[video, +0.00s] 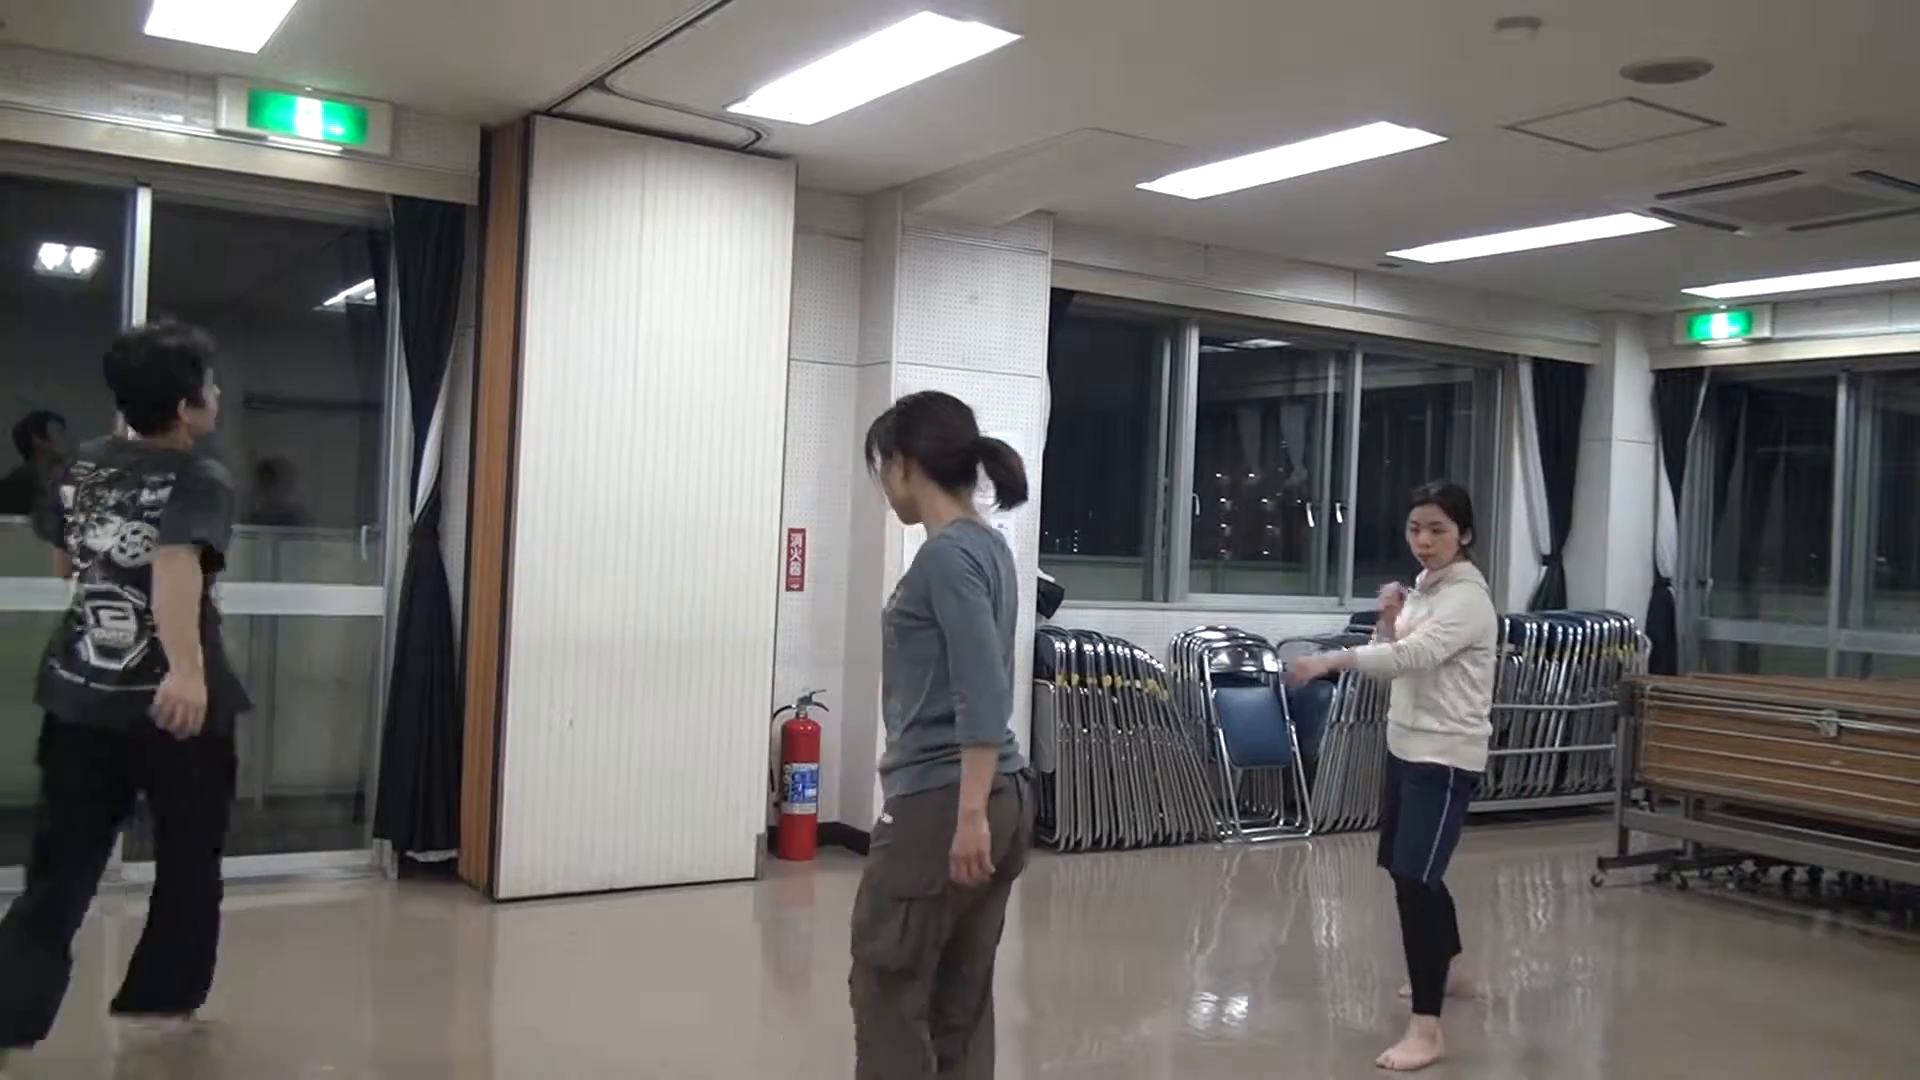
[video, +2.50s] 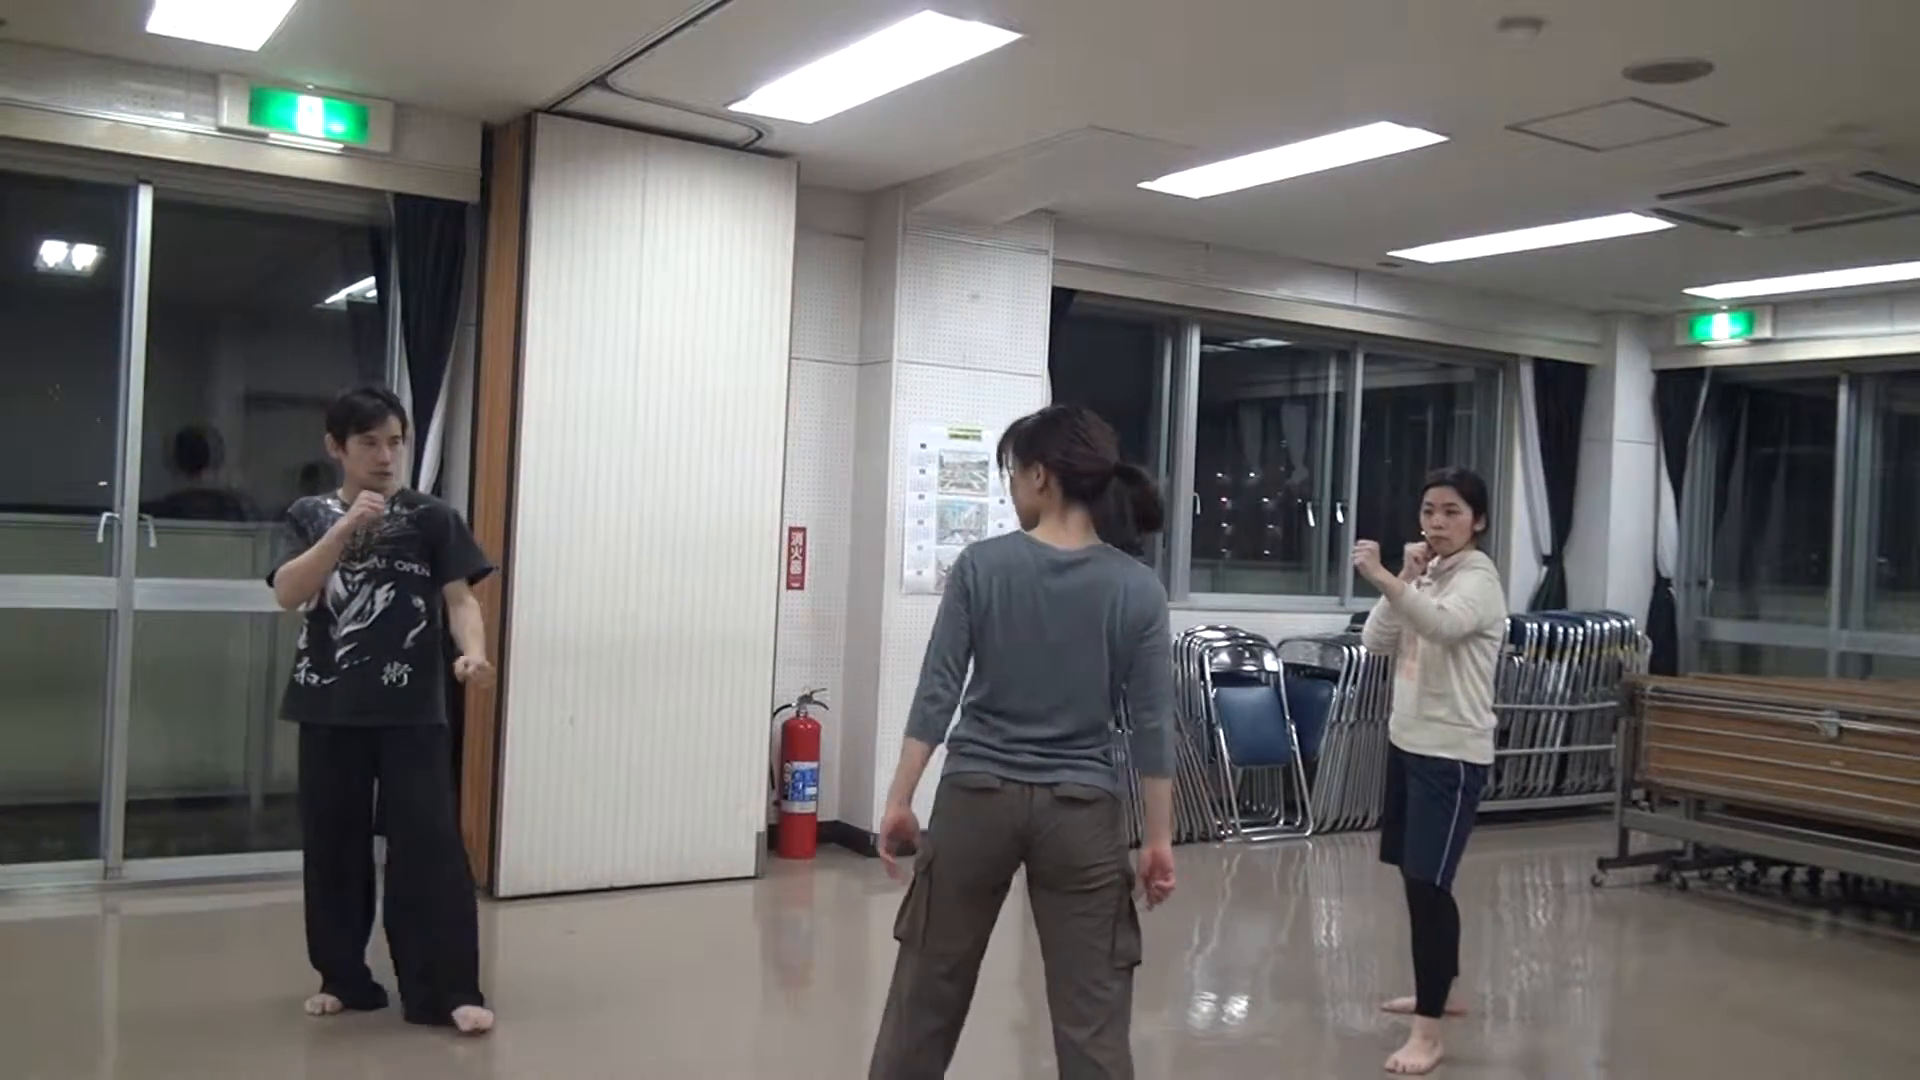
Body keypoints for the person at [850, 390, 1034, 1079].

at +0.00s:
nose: (882, 486)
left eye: (881, 469)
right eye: (879, 470)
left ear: (906, 464)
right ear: (961, 462)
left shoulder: (948, 555)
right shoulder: (989, 548)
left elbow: (982, 691)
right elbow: (981, 689)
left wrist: (972, 812)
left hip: (939, 805)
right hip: (992, 799)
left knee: (885, 990)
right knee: (961, 1002)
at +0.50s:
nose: (908, 487)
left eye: (907, 469)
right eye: (906, 471)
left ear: (927, 464)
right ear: (988, 464)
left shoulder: (948, 559)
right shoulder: (1024, 558)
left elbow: (937, 709)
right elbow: (1025, 694)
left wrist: (887, 812)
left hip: (955, 814)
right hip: (1017, 810)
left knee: (924, 1008)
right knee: (977, 1003)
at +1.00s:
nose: (994, 471)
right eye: (993, 458)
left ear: (906, 467)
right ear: (990, 463)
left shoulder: (865, 556)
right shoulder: (1030, 569)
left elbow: (815, 694)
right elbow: (1056, 713)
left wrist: (803, 805)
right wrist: (1069, 834)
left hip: (903, 829)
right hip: (1013, 829)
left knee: (898, 1031)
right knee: (995, 1033)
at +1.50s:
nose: (939, 471)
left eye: (939, 460)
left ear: (939, 469)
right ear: (1027, 468)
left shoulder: (905, 565)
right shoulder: (1068, 569)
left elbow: (854, 697)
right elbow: (1095, 707)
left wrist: (829, 802)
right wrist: (1107, 827)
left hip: (937, 828)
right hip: (1051, 827)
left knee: (920, 1027)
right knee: (1074, 1025)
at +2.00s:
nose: (1043, 479)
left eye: (1047, 463)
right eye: (1045, 463)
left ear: (1071, 467)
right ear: (1131, 470)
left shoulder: (1026, 564)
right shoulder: (1181, 574)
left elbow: (993, 699)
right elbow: (1204, 706)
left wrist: (960, 818)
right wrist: (1207, 820)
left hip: (1041, 818)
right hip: (1151, 823)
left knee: (967, 1007)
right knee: (1132, 1027)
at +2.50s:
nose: (1010, 490)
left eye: (1014, 475)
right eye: (1010, 476)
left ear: (1043, 477)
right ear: (1095, 481)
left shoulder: (981, 565)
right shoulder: (1138, 587)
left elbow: (938, 687)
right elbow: (1152, 721)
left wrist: (898, 800)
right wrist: (1159, 837)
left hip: (978, 803)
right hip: (1085, 813)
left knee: (928, 990)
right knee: (1093, 1013)